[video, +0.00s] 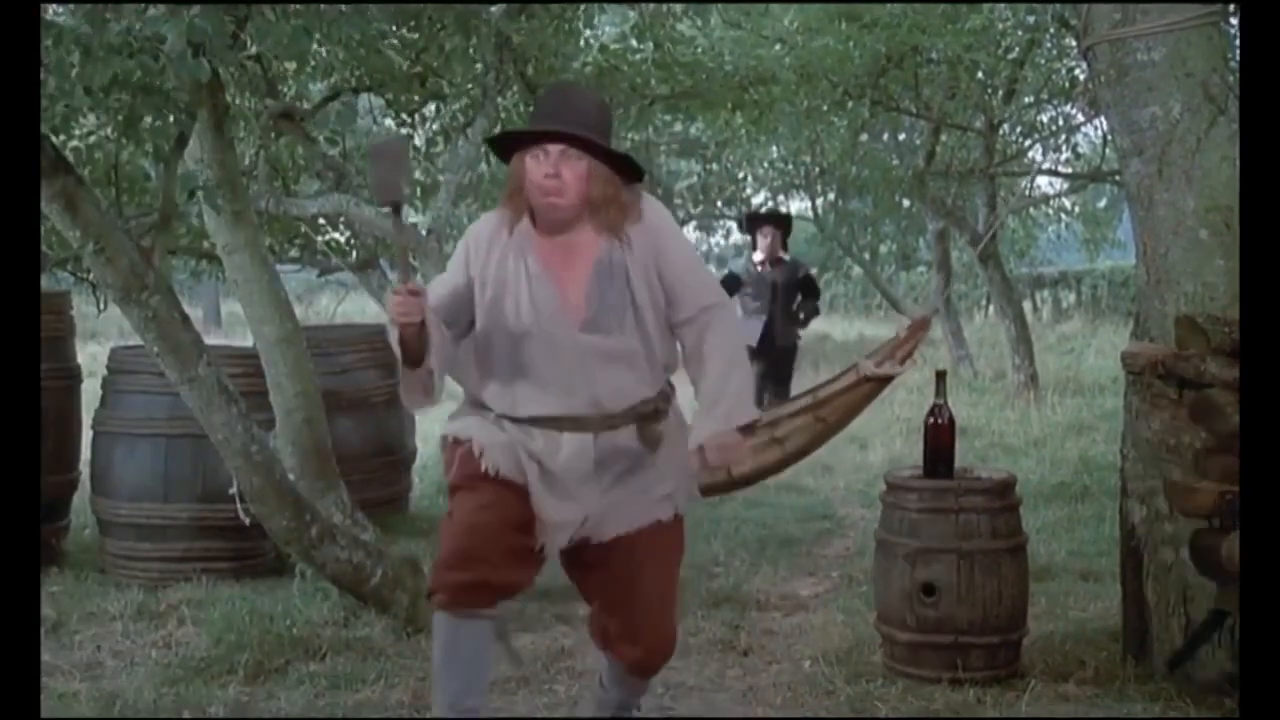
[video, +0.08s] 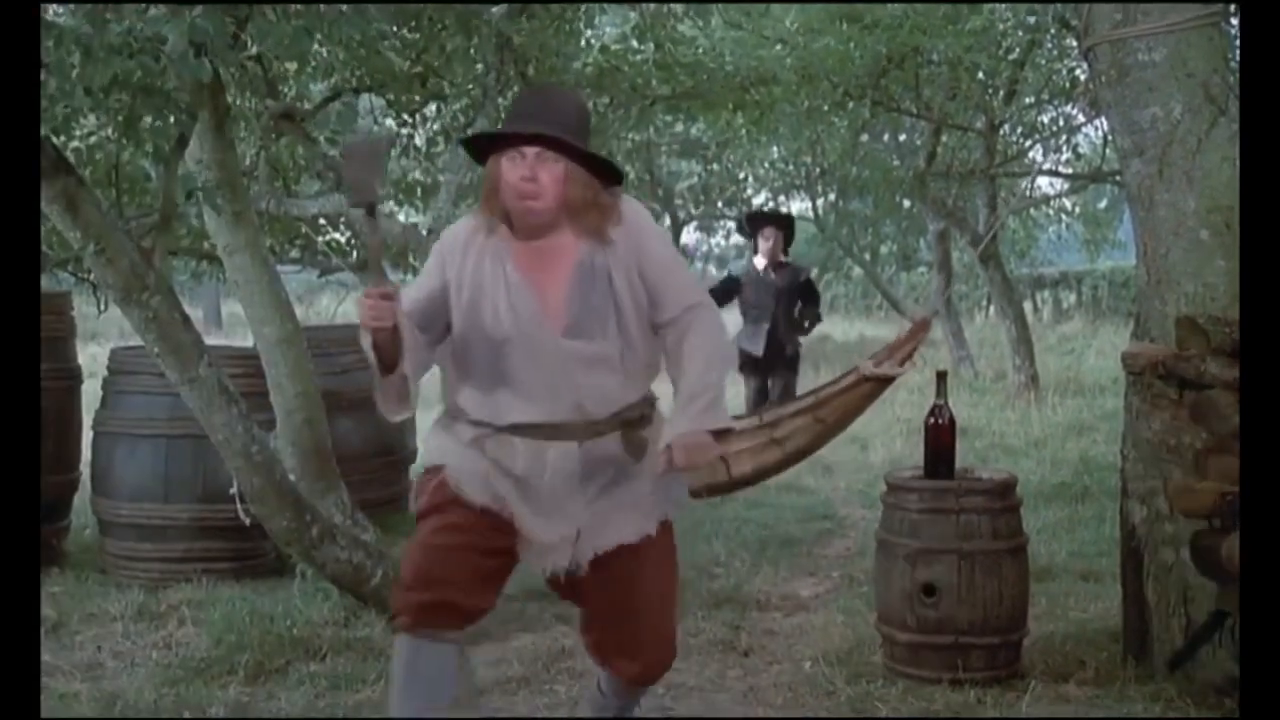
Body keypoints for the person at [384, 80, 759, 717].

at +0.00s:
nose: (551, 169)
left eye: (570, 155)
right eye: (538, 153)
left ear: (600, 170)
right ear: (517, 166)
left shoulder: (644, 228)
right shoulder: (489, 239)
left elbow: (710, 318)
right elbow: (433, 345)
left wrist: (723, 418)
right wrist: (413, 328)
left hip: (630, 455)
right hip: (508, 443)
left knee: (644, 641)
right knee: (465, 569)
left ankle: (617, 705)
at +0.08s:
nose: (528, 172)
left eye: (547, 158)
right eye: (514, 155)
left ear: (579, 172)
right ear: (492, 169)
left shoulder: (626, 231)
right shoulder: (463, 248)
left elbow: (694, 320)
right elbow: (408, 357)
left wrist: (697, 416)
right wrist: (386, 335)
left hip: (612, 466)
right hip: (486, 459)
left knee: (643, 653)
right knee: (427, 600)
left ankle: (613, 702)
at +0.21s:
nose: (458, 176)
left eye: (479, 161)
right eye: (443, 159)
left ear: (514, 177)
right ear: (419, 173)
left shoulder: (563, 244)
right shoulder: (384, 259)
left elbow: (643, 338)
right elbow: (333, 405)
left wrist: (656, 450)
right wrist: (307, 359)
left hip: (555, 492)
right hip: (414, 491)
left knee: (620, 669)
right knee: (348, 631)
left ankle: (618, 702)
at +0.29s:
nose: (406, 166)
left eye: (428, 151)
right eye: (392, 149)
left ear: (466, 171)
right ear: (369, 165)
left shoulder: (517, 246)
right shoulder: (331, 251)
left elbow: (589, 358)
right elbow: (272, 369)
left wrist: (623, 479)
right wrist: (242, 348)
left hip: (504, 499)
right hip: (365, 495)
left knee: (556, 691)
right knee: (318, 651)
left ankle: (598, 702)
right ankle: (358, 705)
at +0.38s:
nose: (378, 157)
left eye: (401, 142)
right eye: (364, 140)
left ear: (439, 162)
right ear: (340, 156)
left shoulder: (495, 241)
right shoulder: (302, 247)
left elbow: (573, 359)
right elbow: (241, 366)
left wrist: (600, 486)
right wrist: (206, 337)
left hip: (474, 499)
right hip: (337, 499)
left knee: (484, 681)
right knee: (302, 672)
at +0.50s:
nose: (327, 144)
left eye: (351, 127)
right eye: (312, 126)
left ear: (392, 147)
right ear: (288, 143)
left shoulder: (458, 226)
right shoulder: (252, 235)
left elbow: (547, 341)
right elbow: (188, 350)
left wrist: (570, 474)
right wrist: (149, 325)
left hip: (430, 471)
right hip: (294, 482)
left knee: (361, 647)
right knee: (268, 684)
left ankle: (380, 703)